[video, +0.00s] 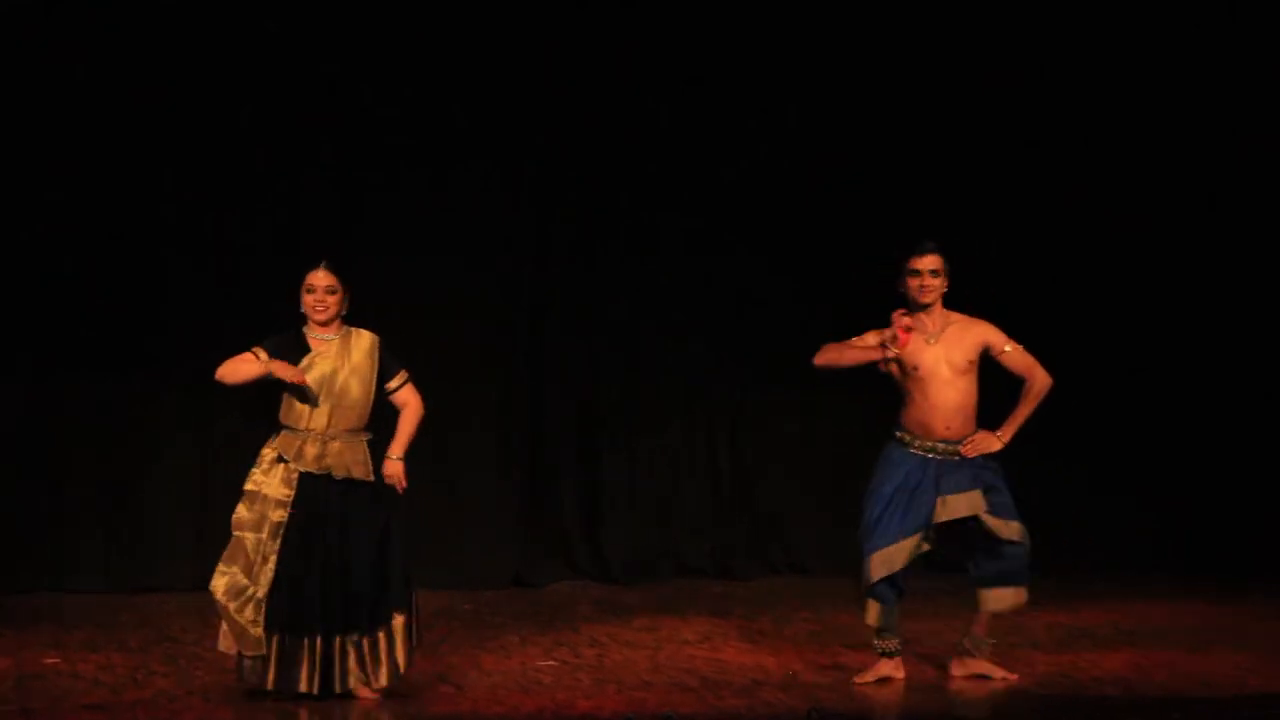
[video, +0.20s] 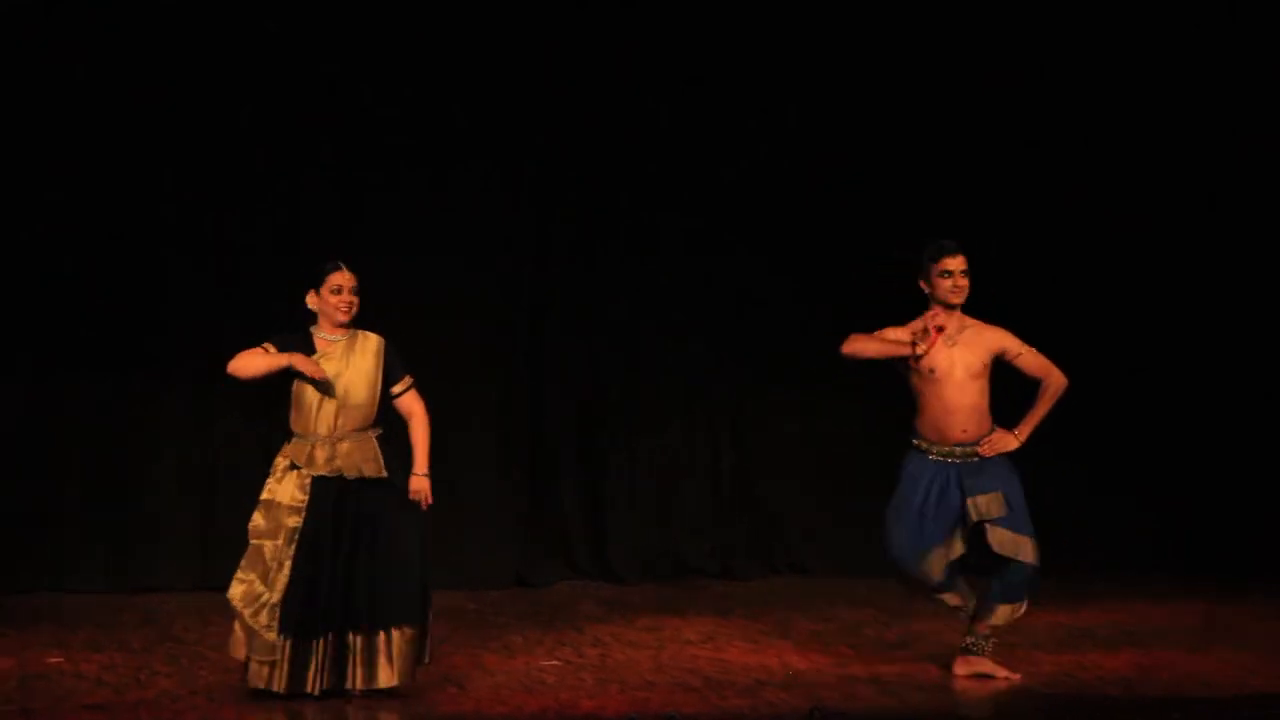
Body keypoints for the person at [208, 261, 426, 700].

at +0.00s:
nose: (319, 299)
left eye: (329, 292)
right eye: (311, 291)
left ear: (344, 298)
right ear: (301, 297)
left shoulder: (368, 347)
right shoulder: (285, 344)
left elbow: (412, 404)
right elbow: (225, 373)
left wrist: (395, 455)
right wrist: (271, 367)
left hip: (352, 473)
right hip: (294, 472)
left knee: (358, 572)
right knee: (294, 572)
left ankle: (358, 674)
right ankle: (297, 674)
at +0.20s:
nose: (347, 299)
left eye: (353, 292)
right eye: (337, 291)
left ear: (359, 300)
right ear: (314, 298)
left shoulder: (376, 349)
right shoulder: (294, 345)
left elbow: (416, 411)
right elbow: (237, 366)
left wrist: (420, 471)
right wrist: (291, 360)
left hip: (362, 475)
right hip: (304, 473)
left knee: (364, 571)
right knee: (300, 571)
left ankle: (360, 674)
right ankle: (298, 673)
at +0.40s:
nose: (354, 300)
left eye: (359, 293)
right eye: (343, 292)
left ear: (365, 301)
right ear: (320, 300)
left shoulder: (379, 351)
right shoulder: (302, 345)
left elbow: (419, 414)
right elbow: (243, 363)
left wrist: (427, 475)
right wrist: (297, 356)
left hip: (364, 473)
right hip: (308, 472)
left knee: (369, 570)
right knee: (310, 571)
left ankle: (371, 676)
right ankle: (312, 675)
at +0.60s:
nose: (351, 298)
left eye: (356, 291)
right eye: (340, 290)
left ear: (361, 299)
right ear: (316, 298)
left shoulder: (374, 348)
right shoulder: (297, 344)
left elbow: (418, 410)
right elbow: (237, 364)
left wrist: (420, 468)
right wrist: (289, 358)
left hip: (362, 470)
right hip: (305, 471)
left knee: (381, 562)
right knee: (299, 566)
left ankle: (390, 671)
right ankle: (304, 667)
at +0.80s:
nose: (319, 297)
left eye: (328, 289)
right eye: (312, 290)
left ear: (346, 295)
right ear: (302, 296)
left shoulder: (369, 346)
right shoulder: (289, 343)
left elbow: (417, 400)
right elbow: (225, 370)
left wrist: (394, 445)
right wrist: (276, 366)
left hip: (350, 473)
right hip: (292, 471)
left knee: (355, 568)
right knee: (296, 572)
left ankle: (360, 671)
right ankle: (300, 678)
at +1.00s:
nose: (314, 299)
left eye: (324, 291)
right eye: (307, 291)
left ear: (342, 297)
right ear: (299, 298)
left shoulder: (367, 345)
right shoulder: (288, 343)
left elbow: (419, 396)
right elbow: (223, 374)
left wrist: (387, 432)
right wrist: (270, 370)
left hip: (346, 472)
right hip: (290, 469)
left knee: (341, 569)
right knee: (284, 568)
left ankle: (338, 672)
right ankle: (287, 673)